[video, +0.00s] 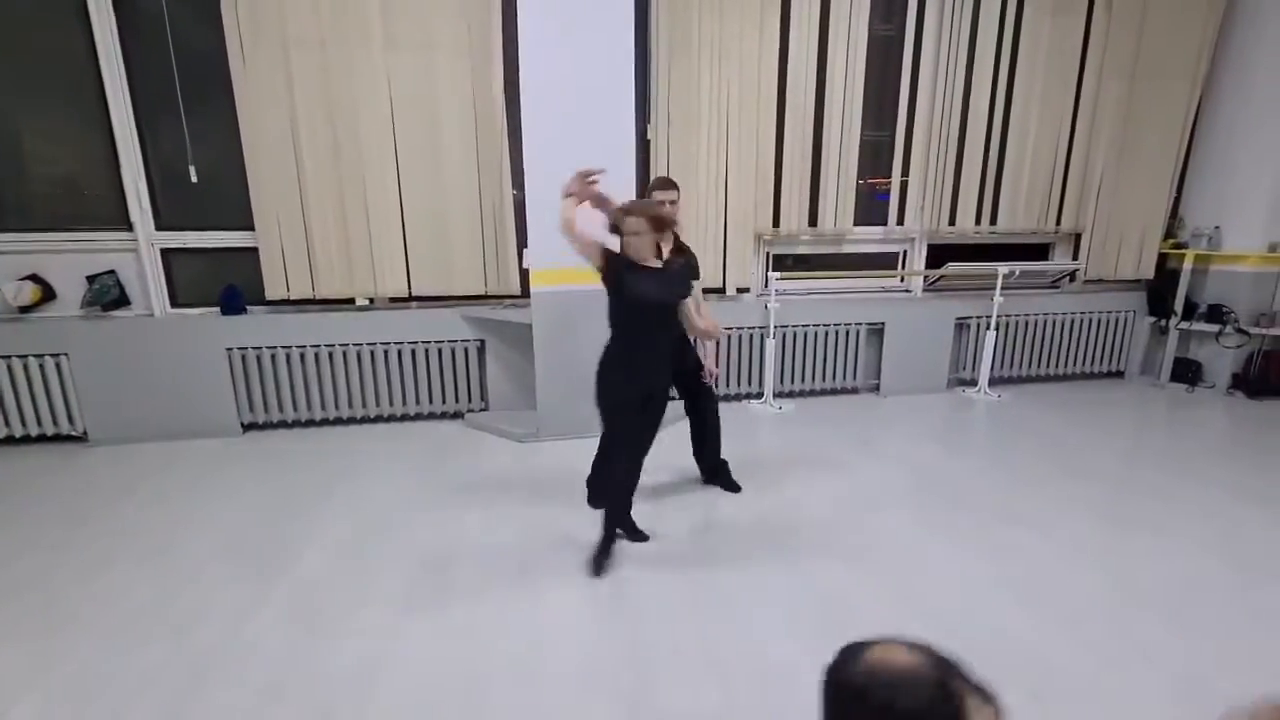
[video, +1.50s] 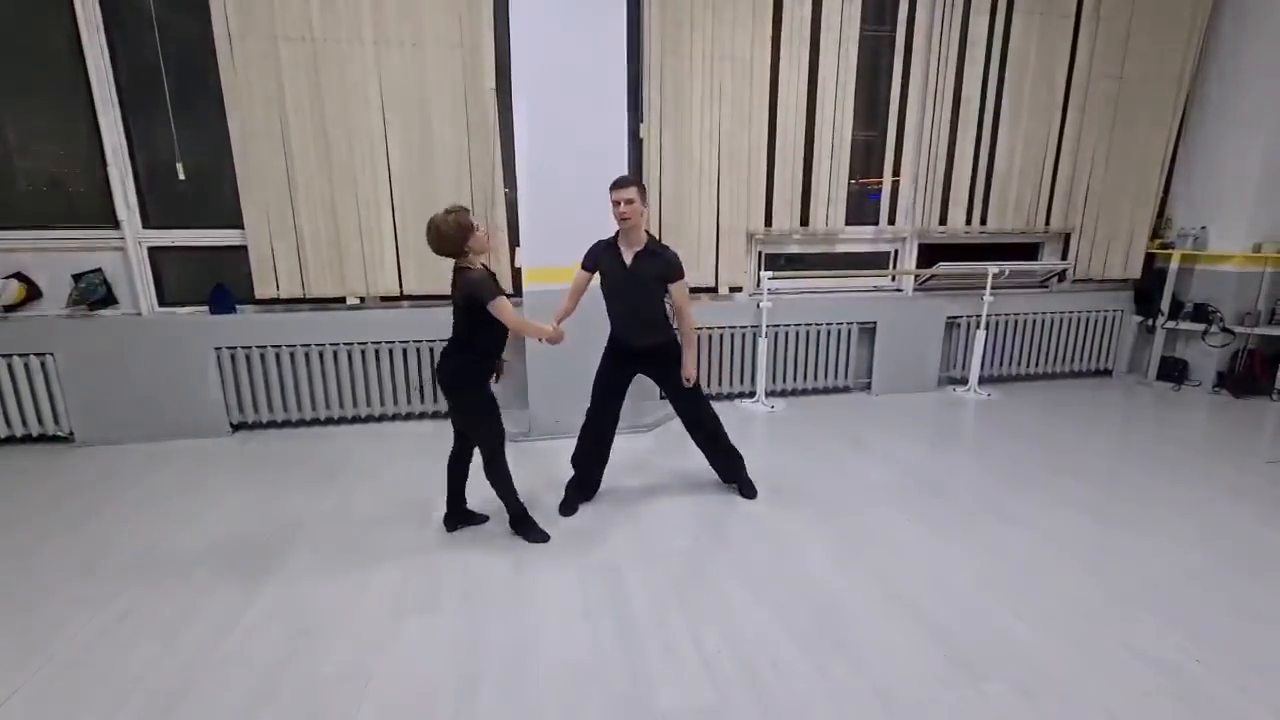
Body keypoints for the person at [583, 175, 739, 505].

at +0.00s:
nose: (668, 209)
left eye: (674, 202)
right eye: (661, 203)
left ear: (680, 205)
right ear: (648, 206)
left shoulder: (684, 255)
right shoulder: (634, 244)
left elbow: (696, 306)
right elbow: (614, 213)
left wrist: (708, 354)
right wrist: (594, 196)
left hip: (678, 338)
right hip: (643, 337)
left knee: (703, 399)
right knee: (632, 412)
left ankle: (711, 466)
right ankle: (608, 487)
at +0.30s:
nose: (666, 210)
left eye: (673, 204)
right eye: (660, 204)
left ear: (682, 207)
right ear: (650, 208)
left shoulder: (701, 251)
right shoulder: (639, 246)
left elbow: (721, 301)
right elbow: (597, 268)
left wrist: (728, 347)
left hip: (679, 346)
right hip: (640, 344)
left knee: (705, 413)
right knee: (617, 412)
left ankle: (734, 478)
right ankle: (595, 478)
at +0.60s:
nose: (667, 209)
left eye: (673, 202)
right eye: (660, 203)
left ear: (683, 206)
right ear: (651, 208)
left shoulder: (700, 252)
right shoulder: (639, 249)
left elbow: (708, 302)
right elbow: (613, 293)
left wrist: (718, 351)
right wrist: (601, 320)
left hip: (687, 345)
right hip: (649, 345)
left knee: (710, 410)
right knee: (620, 418)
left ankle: (730, 475)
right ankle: (580, 487)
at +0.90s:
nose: (659, 218)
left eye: (665, 211)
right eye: (652, 212)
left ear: (677, 210)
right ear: (645, 214)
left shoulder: (698, 253)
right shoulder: (635, 253)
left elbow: (711, 304)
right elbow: (606, 293)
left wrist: (718, 352)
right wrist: (583, 317)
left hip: (686, 349)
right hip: (646, 349)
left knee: (709, 414)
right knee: (617, 418)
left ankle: (730, 475)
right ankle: (580, 487)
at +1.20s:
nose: (625, 230)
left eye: (632, 222)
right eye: (619, 224)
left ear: (649, 224)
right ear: (616, 228)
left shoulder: (676, 268)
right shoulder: (612, 266)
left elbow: (702, 307)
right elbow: (587, 311)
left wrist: (711, 351)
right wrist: (567, 332)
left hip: (678, 348)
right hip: (636, 350)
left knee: (706, 412)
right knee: (612, 416)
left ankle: (733, 473)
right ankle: (581, 486)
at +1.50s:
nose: (622, 209)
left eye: (629, 202)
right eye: (616, 204)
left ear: (644, 207)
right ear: (612, 209)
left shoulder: (664, 257)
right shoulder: (600, 253)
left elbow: (683, 312)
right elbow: (573, 298)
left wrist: (690, 359)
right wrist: (555, 323)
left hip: (662, 349)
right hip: (620, 350)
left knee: (696, 411)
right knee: (599, 415)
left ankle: (735, 473)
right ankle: (580, 486)